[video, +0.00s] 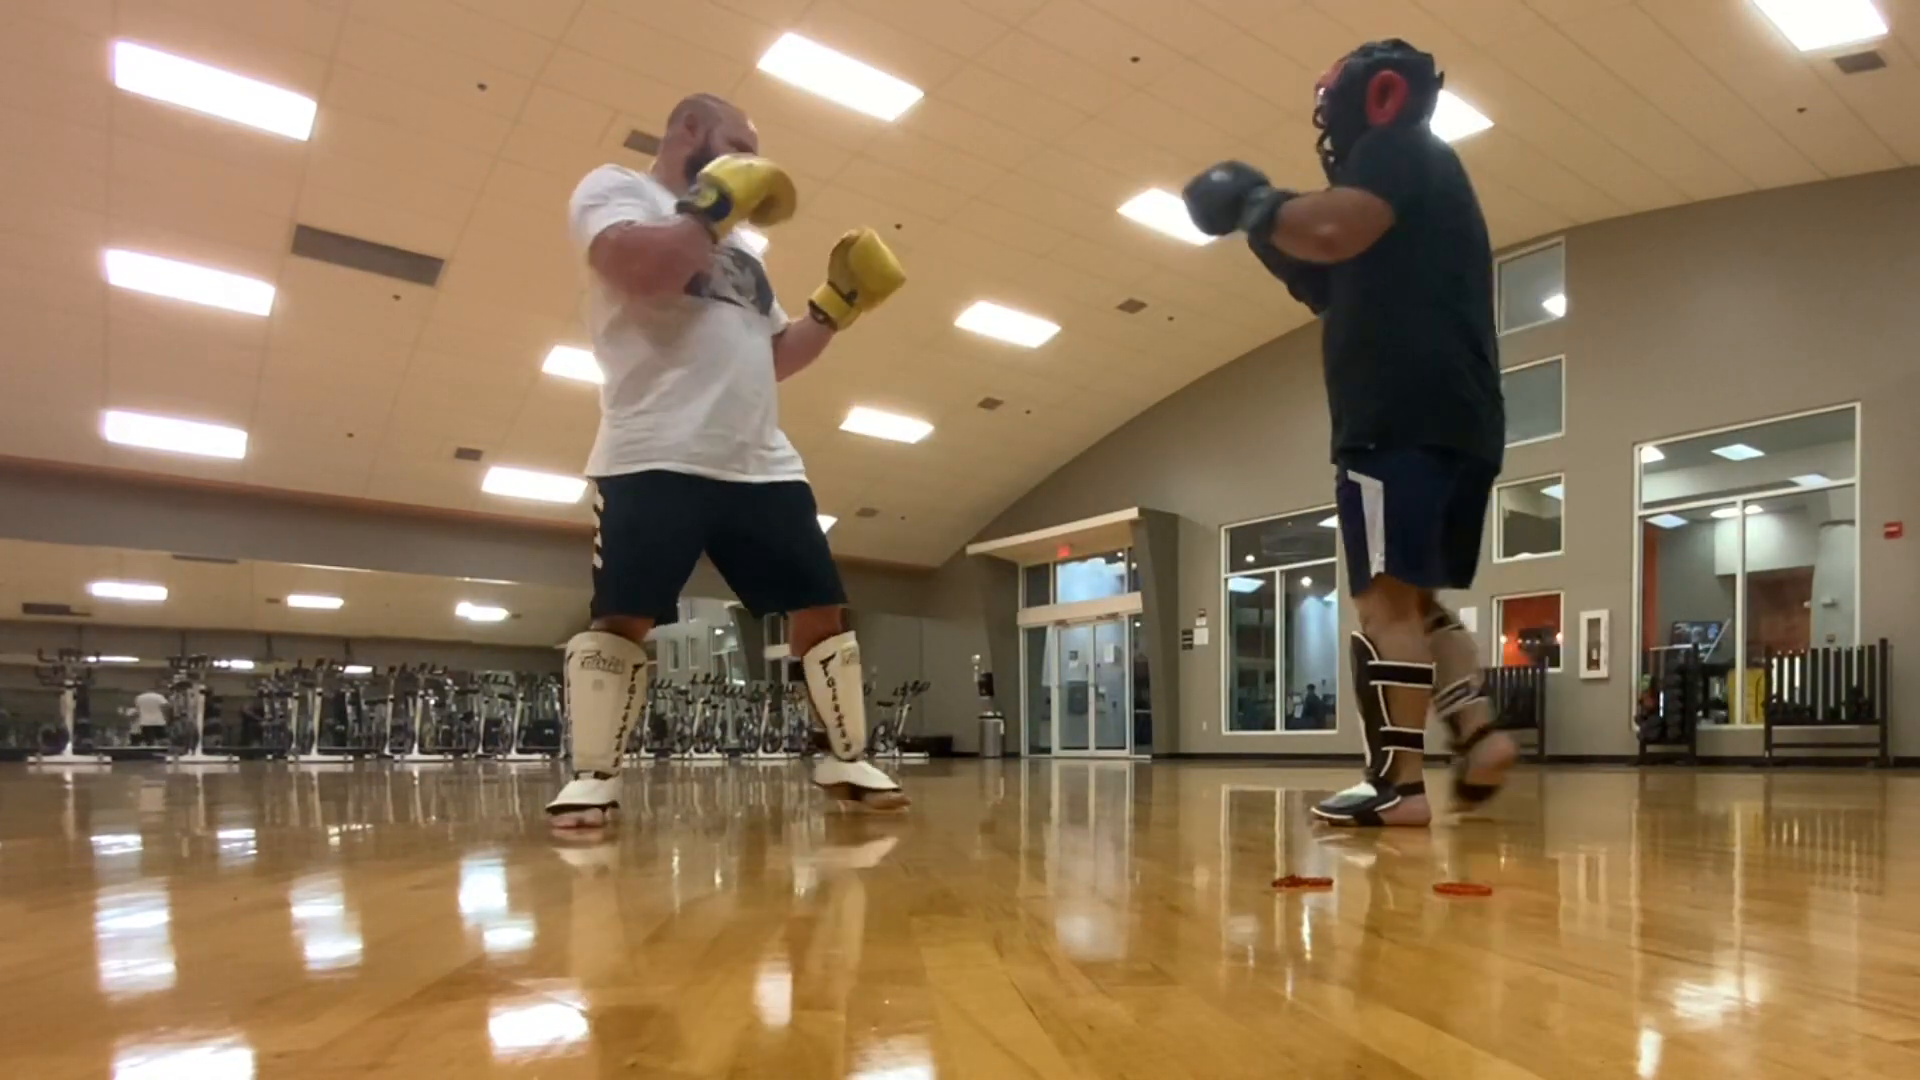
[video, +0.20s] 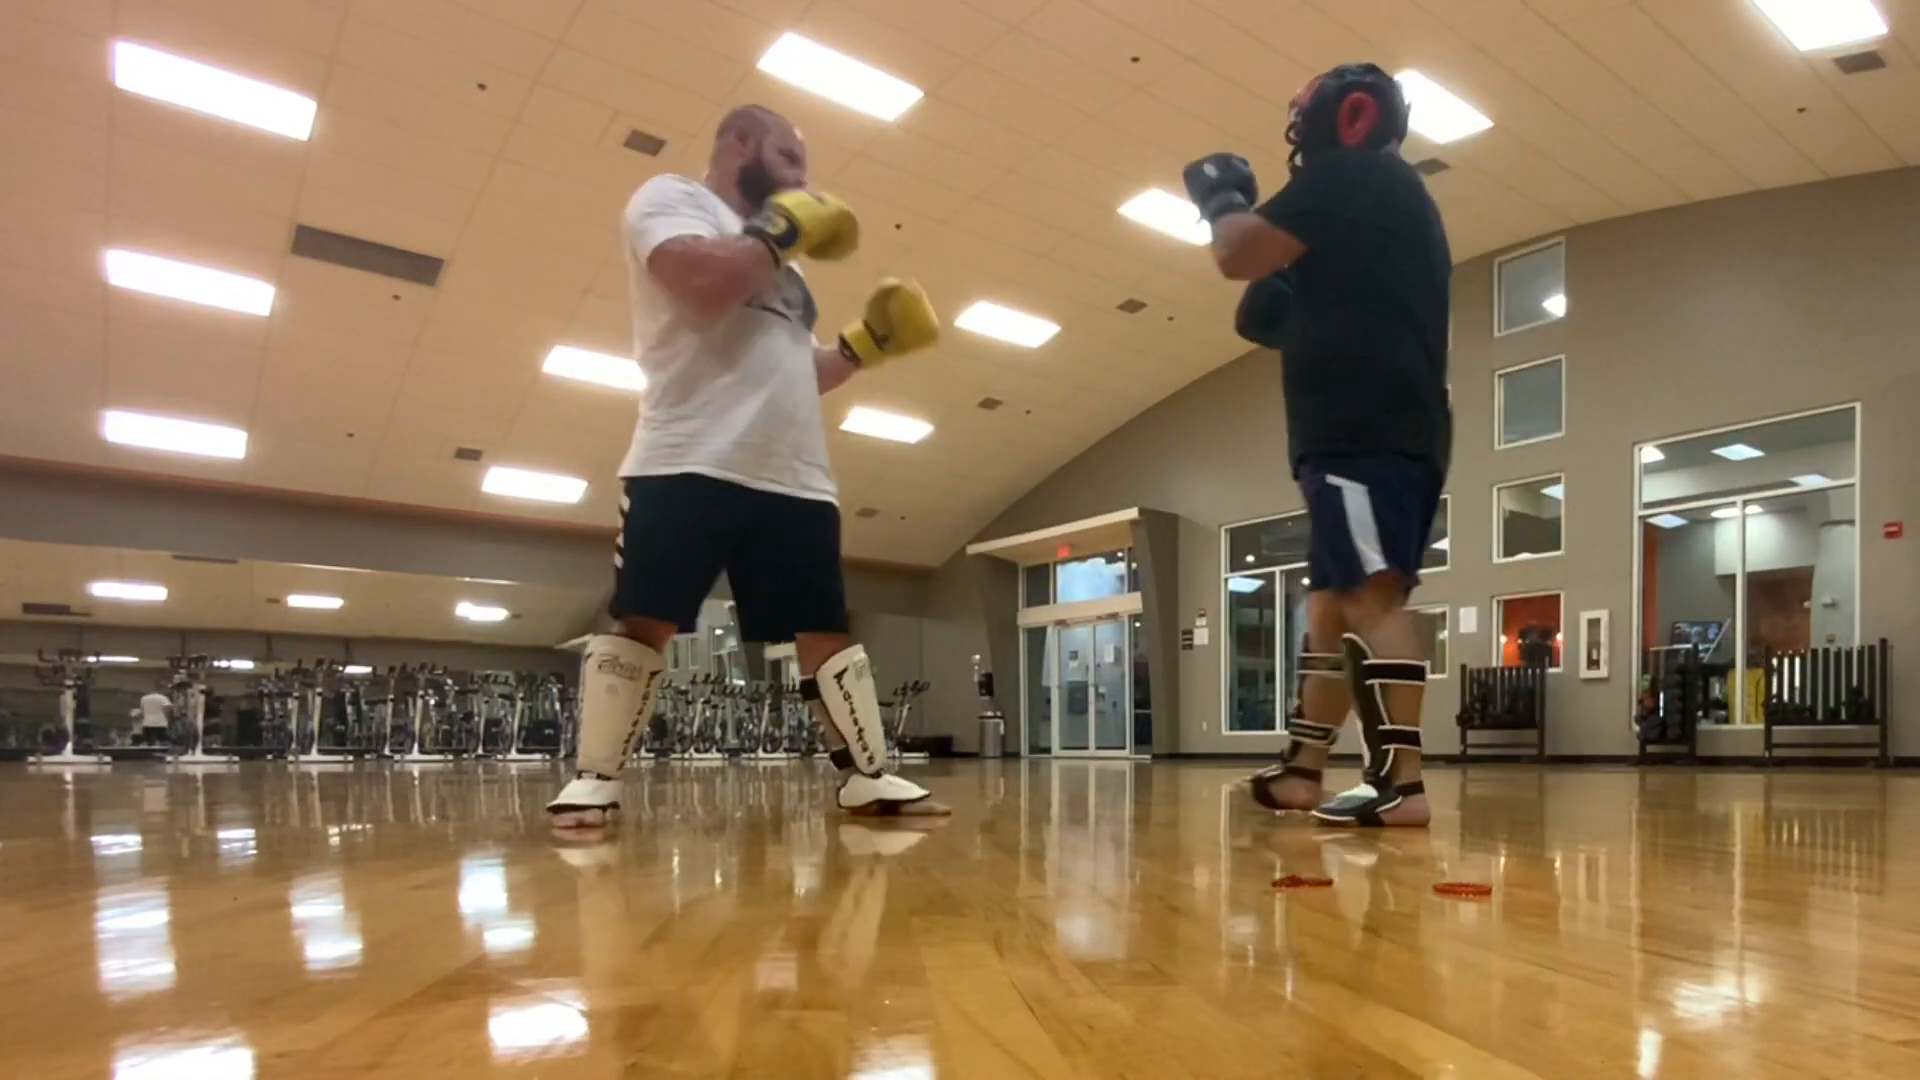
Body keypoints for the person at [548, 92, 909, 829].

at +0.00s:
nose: (752, 166)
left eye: (755, 159)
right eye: (741, 149)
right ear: (687, 130)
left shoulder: (744, 258)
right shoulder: (616, 188)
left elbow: (769, 359)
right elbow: (640, 270)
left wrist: (834, 307)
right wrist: (718, 203)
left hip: (758, 456)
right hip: (654, 450)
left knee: (818, 598)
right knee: (626, 609)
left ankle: (847, 756)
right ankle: (593, 777)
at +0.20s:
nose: (800, 177)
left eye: (804, 169)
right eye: (789, 157)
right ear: (739, 143)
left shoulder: (787, 270)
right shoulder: (667, 200)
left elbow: (792, 380)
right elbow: (703, 289)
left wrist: (864, 345)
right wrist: (782, 228)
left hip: (794, 470)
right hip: (689, 455)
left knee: (822, 625)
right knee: (646, 618)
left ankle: (868, 775)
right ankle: (595, 779)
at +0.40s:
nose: (845, 175)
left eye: (850, 167)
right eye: (837, 156)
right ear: (785, 138)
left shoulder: (832, 270)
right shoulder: (708, 192)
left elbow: (847, 374)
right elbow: (706, 278)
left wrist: (903, 340)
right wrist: (806, 230)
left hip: (823, 452)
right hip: (731, 431)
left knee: (839, 607)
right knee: (721, 590)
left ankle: (869, 773)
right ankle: (669, 773)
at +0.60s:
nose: (840, 188)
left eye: (842, 177)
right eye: (832, 171)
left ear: (798, 160)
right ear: (785, 153)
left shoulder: (816, 248)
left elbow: (902, 326)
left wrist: (939, 275)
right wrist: (861, 200)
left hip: (811, 437)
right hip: (730, 450)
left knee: (947, 458)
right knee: (754, 611)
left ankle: (936, 610)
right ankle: (707, 788)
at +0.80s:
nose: (821, 161)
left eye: (825, 149)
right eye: (812, 145)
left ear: (778, 137)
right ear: (762, 131)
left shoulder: (835, 226)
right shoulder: (696, 203)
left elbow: (905, 299)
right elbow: (747, 259)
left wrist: (973, 331)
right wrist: (824, 189)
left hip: (858, 431)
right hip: (765, 448)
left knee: (1030, 433)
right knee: (757, 606)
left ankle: (990, 590)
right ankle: (707, 786)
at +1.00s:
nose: (861, 163)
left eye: (865, 150)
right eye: (848, 147)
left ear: (863, 153)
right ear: (797, 143)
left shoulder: (878, 234)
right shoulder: (737, 229)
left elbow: (915, 319)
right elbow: (729, 306)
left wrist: (987, 341)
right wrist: (805, 234)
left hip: (915, 452)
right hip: (808, 456)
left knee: (991, 593)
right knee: (778, 609)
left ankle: (1033, 747)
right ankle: (706, 781)